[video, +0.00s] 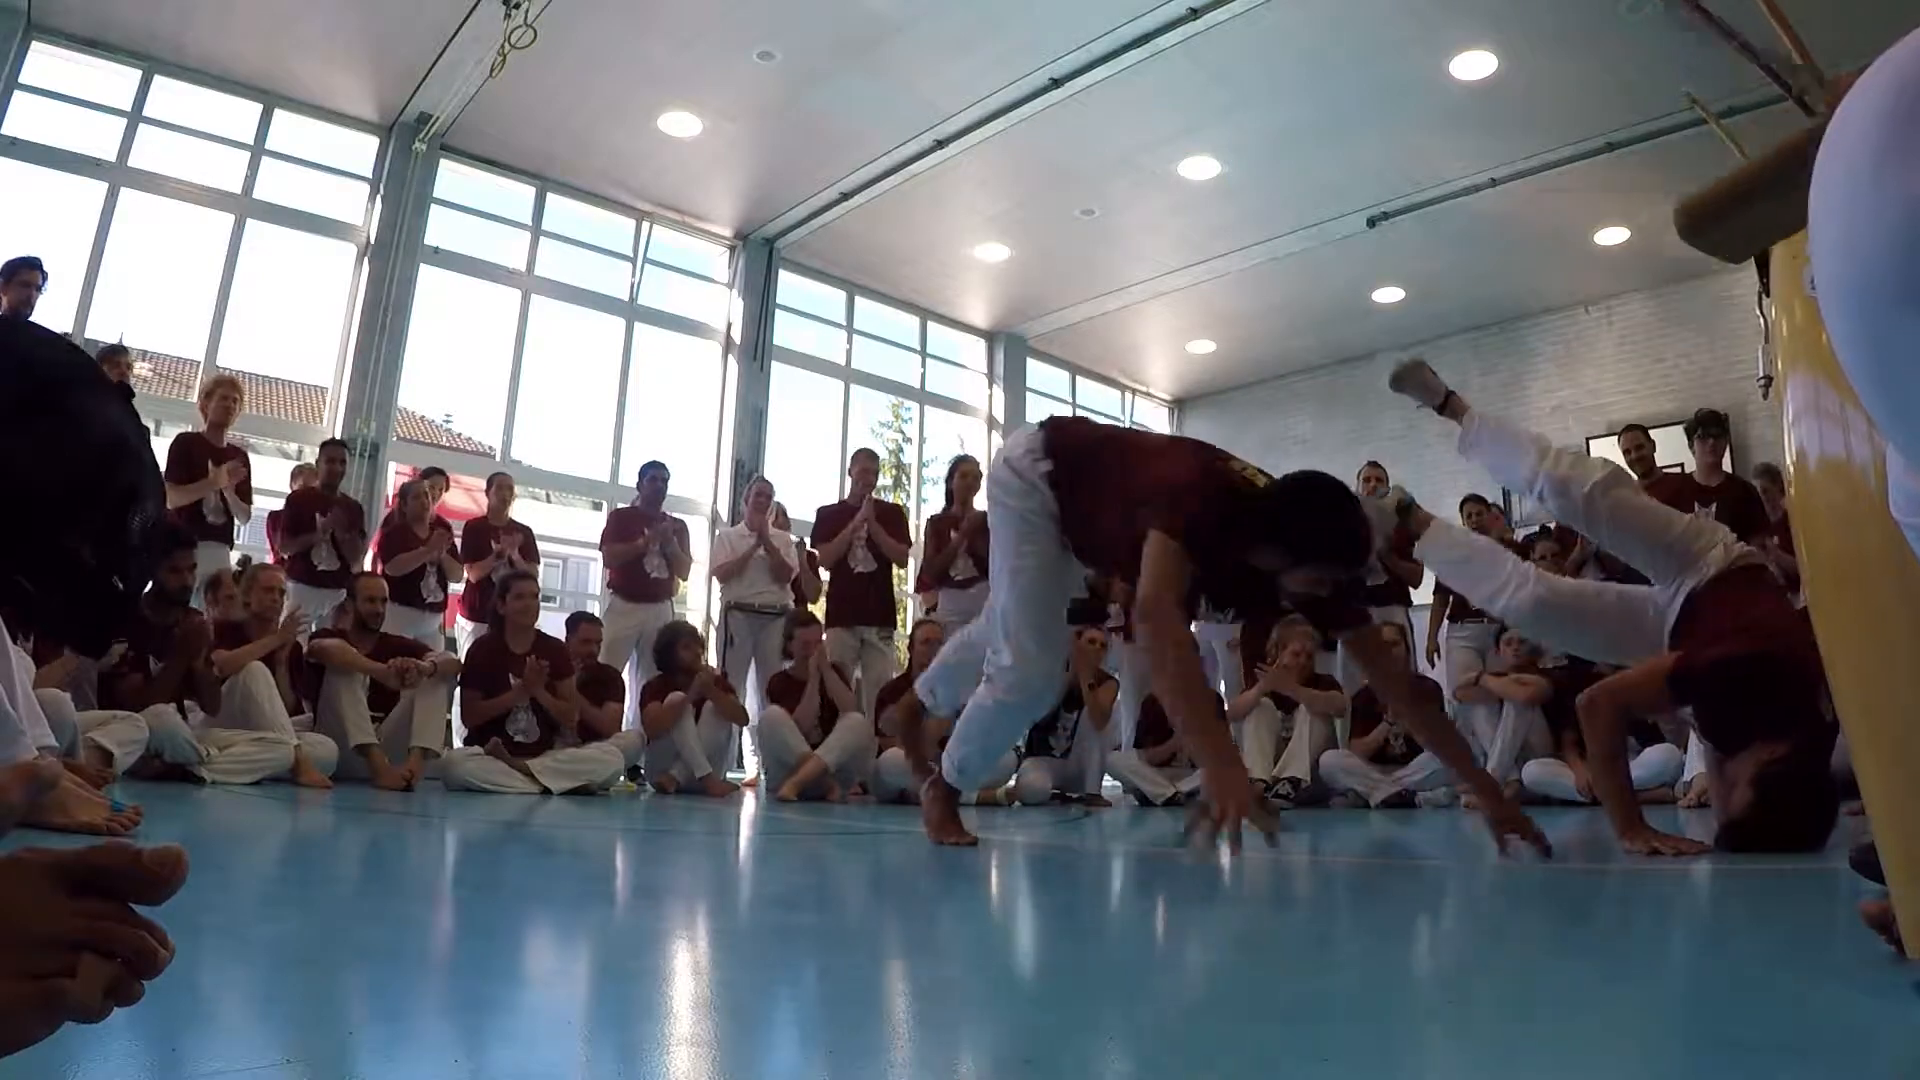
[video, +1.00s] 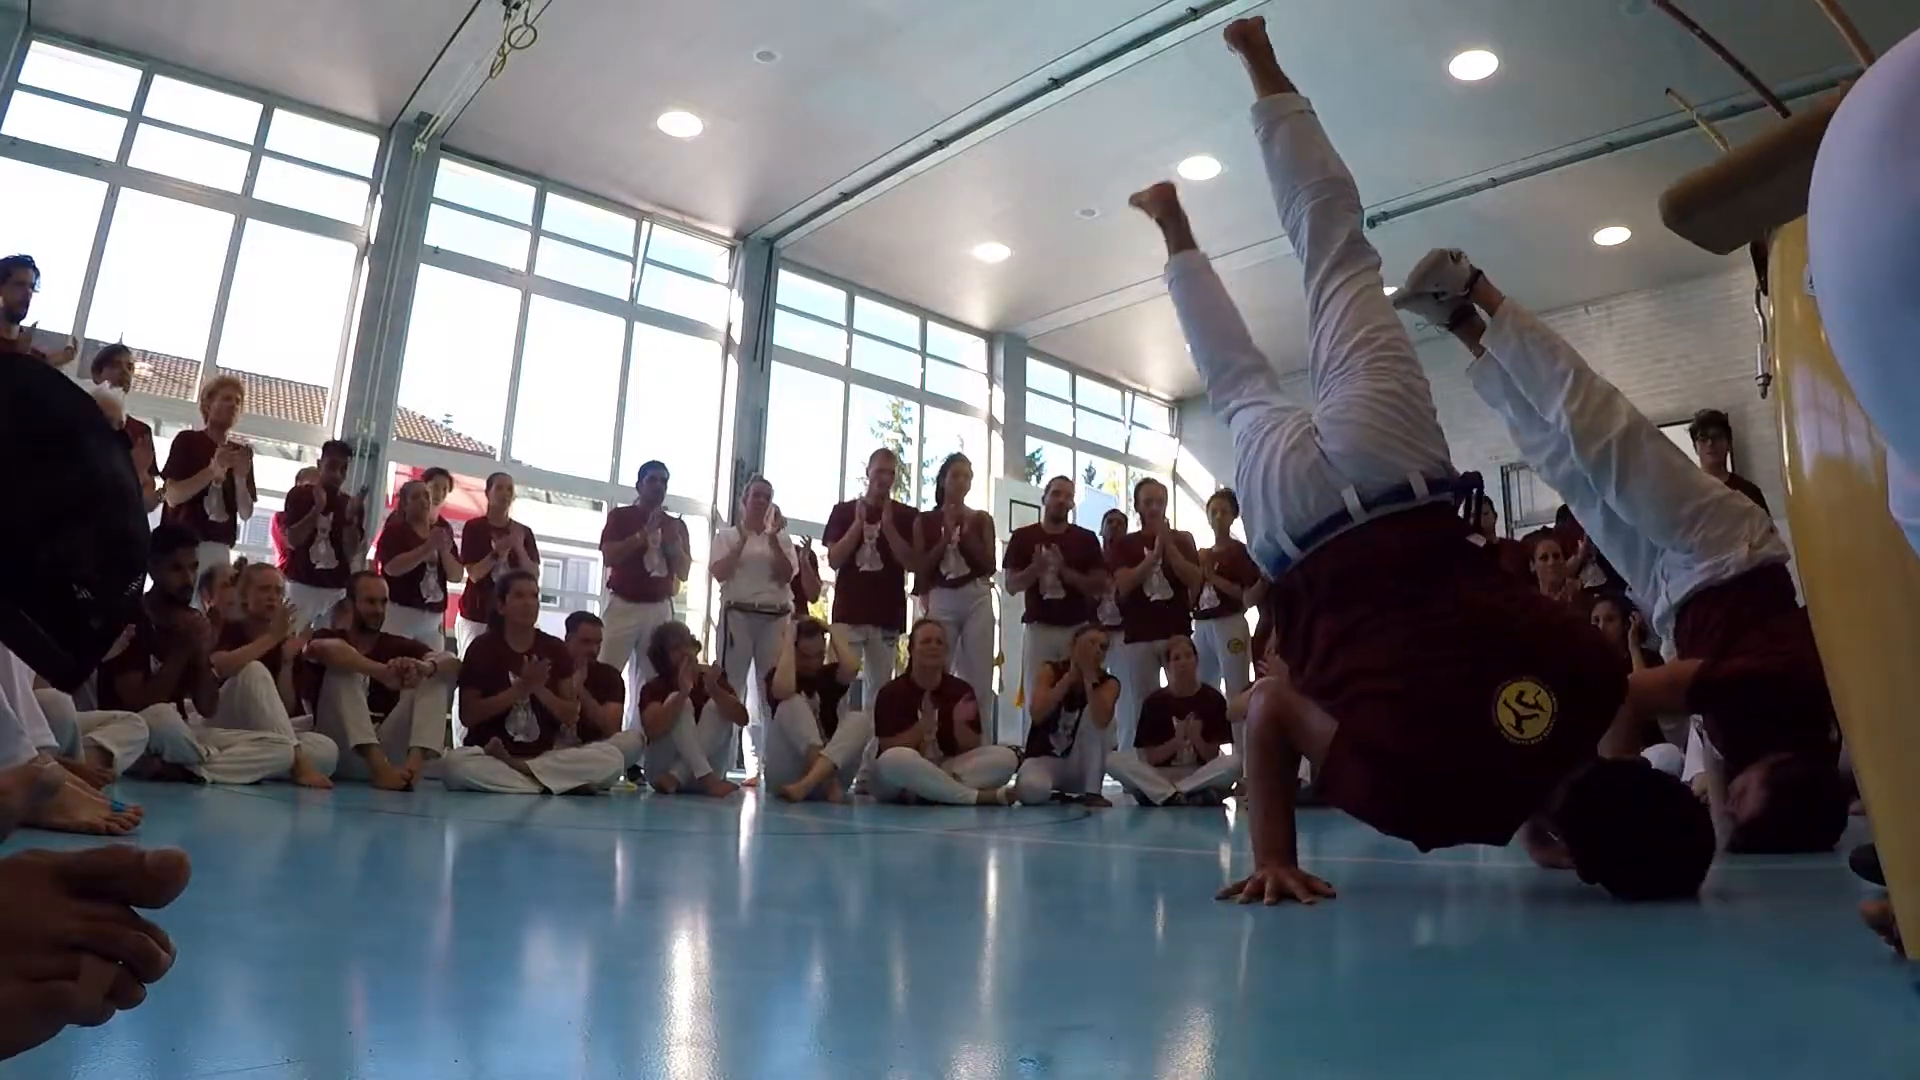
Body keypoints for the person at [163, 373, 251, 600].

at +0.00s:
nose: (229, 404)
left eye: (235, 401)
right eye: (223, 398)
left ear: (239, 410)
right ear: (204, 404)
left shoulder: (238, 456)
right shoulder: (184, 442)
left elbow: (244, 516)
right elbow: (171, 498)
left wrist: (229, 492)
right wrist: (213, 482)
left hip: (218, 548)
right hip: (181, 545)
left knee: (214, 621)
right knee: (173, 619)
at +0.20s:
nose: (231, 402)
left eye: (236, 398)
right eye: (225, 396)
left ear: (240, 408)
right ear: (205, 403)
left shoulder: (241, 455)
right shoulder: (186, 441)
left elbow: (248, 516)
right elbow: (168, 496)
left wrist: (242, 484)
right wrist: (209, 479)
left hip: (219, 546)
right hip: (182, 543)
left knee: (212, 620)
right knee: (175, 615)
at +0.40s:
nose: (232, 405)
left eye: (237, 400)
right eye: (225, 398)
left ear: (241, 409)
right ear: (207, 404)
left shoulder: (241, 454)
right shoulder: (187, 441)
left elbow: (246, 516)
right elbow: (168, 497)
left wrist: (244, 480)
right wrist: (215, 477)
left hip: (219, 547)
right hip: (183, 543)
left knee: (210, 620)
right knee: (175, 616)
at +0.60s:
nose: (233, 405)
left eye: (238, 401)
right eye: (227, 398)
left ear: (241, 410)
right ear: (207, 405)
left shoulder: (242, 454)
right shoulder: (188, 441)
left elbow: (249, 512)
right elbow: (175, 496)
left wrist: (239, 481)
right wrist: (211, 477)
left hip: (220, 543)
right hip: (184, 539)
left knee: (214, 614)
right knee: (177, 610)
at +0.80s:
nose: (234, 403)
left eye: (238, 399)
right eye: (227, 396)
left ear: (241, 409)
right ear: (207, 403)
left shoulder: (241, 451)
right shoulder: (188, 438)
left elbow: (249, 509)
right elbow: (178, 492)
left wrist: (234, 476)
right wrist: (219, 466)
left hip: (218, 543)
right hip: (182, 540)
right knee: (174, 610)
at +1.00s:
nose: (233, 405)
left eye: (237, 401)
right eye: (226, 399)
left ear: (240, 409)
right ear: (207, 404)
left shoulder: (241, 452)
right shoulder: (186, 440)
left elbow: (246, 513)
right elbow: (172, 496)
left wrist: (241, 477)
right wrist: (212, 471)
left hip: (218, 547)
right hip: (181, 543)